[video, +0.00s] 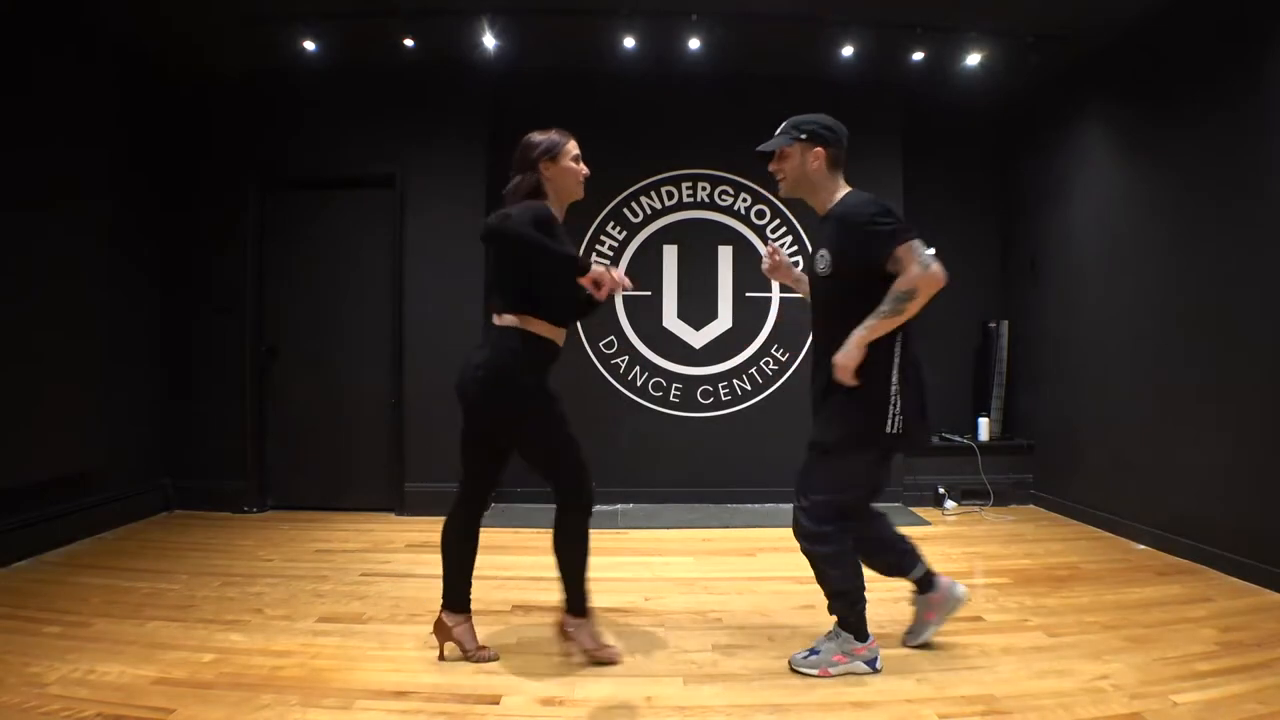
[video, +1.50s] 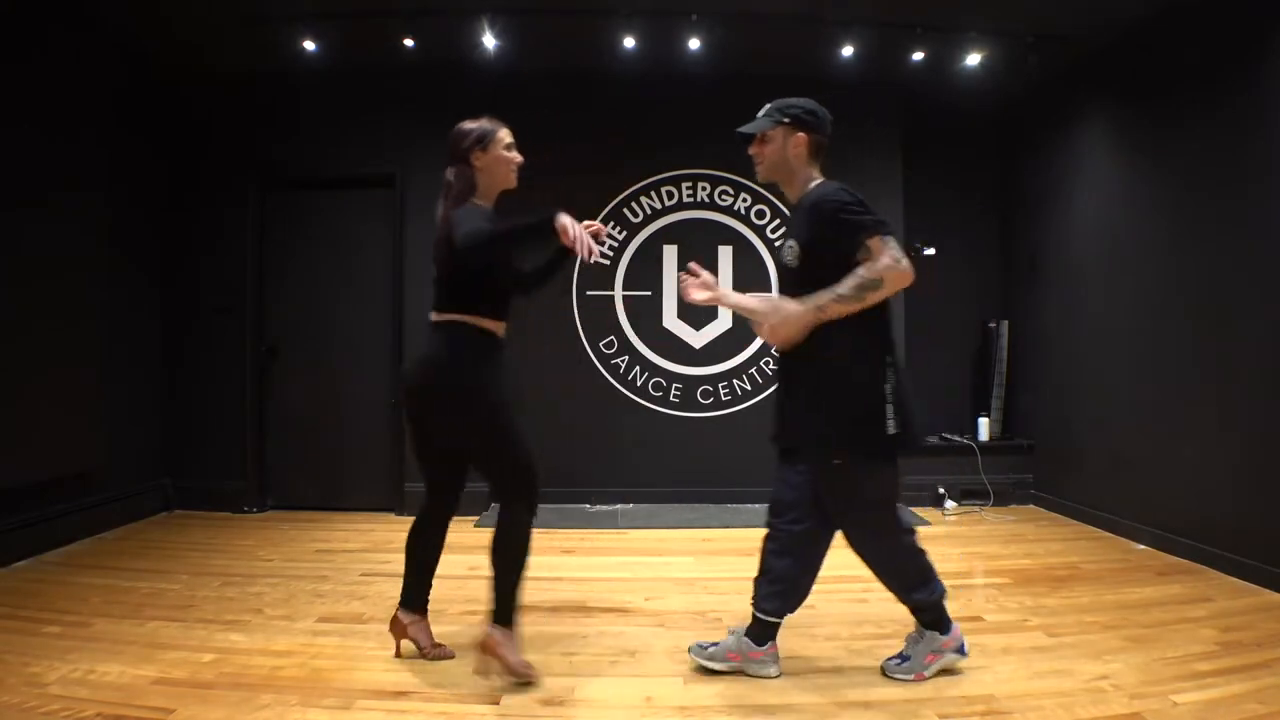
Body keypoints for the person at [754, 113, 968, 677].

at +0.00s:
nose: (774, 167)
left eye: (783, 156)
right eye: (774, 158)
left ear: (818, 157)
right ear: (813, 160)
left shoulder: (862, 214)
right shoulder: (833, 226)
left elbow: (928, 276)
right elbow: (845, 298)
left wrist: (859, 340)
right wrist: (795, 279)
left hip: (865, 400)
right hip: (847, 397)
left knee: (818, 515)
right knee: (841, 509)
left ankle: (853, 638)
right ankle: (932, 586)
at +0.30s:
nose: (807, 167)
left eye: (817, 155)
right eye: (807, 158)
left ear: (852, 158)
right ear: (841, 162)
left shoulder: (905, 215)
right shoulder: (847, 235)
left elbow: (946, 298)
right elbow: (877, 319)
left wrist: (862, 275)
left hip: (905, 398)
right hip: (878, 397)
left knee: (842, 506)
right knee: (896, 510)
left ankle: (874, 627)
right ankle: (957, 605)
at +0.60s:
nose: (832, 190)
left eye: (837, 175)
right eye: (828, 179)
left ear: (870, 163)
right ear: (862, 170)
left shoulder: (916, 221)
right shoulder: (883, 227)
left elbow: (978, 289)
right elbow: (893, 304)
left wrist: (919, 358)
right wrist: (843, 283)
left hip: (918, 402)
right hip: (882, 398)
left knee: (888, 512)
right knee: (873, 507)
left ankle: (903, 630)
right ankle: (962, 582)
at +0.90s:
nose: (843, 182)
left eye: (851, 169)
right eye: (840, 173)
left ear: (887, 163)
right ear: (870, 172)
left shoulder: (951, 220)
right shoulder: (876, 247)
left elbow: (1018, 284)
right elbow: (889, 312)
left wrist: (938, 272)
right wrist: (870, 358)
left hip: (947, 400)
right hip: (911, 402)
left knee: (873, 503)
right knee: (949, 502)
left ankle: (922, 623)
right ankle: (999, 606)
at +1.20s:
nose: (818, 154)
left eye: (829, 143)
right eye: (818, 145)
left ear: (865, 144)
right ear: (853, 149)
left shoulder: (904, 207)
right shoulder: (868, 219)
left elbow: (920, 301)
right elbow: (876, 311)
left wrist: (841, 343)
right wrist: (827, 350)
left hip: (929, 392)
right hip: (886, 391)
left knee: (927, 509)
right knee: (861, 496)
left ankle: (946, 640)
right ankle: (931, 588)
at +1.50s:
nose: (753, 151)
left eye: (762, 139)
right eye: (753, 141)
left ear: (797, 139)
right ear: (790, 143)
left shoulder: (831, 202)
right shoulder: (802, 219)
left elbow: (895, 267)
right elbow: (794, 313)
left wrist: (809, 310)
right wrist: (722, 295)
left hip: (851, 403)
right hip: (812, 403)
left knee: (872, 520)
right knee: (793, 522)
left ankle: (939, 631)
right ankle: (758, 639)